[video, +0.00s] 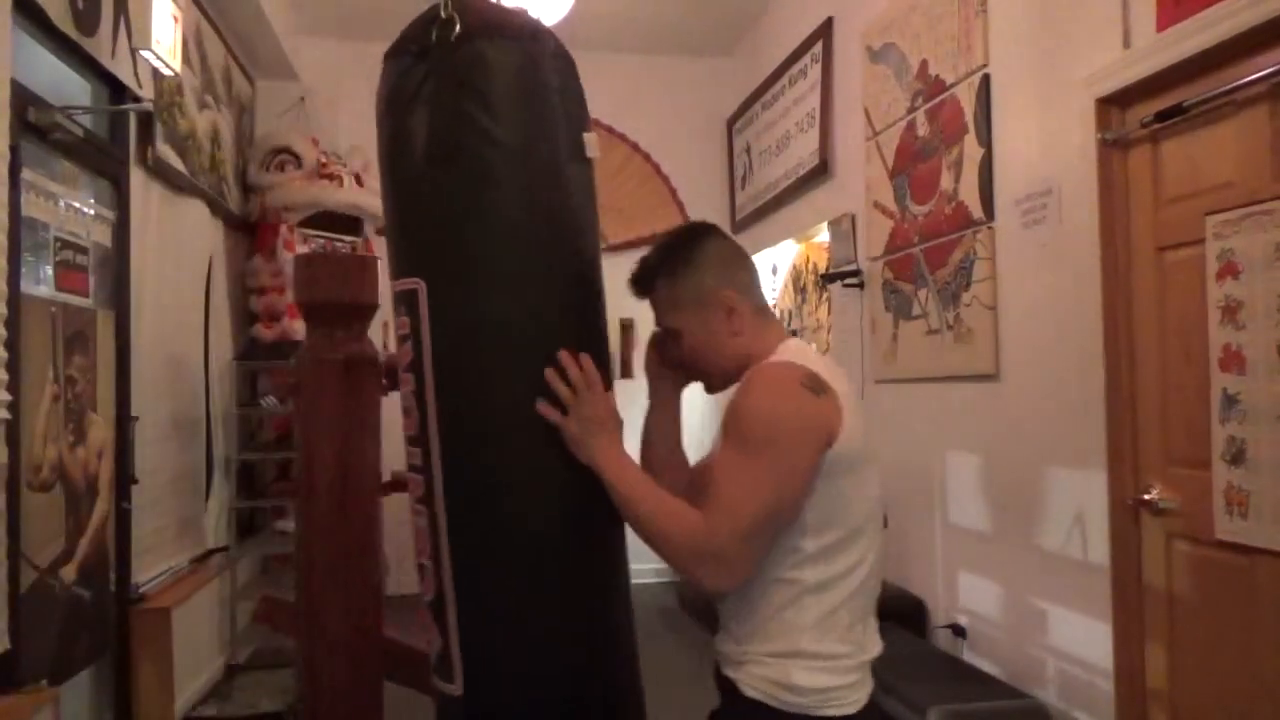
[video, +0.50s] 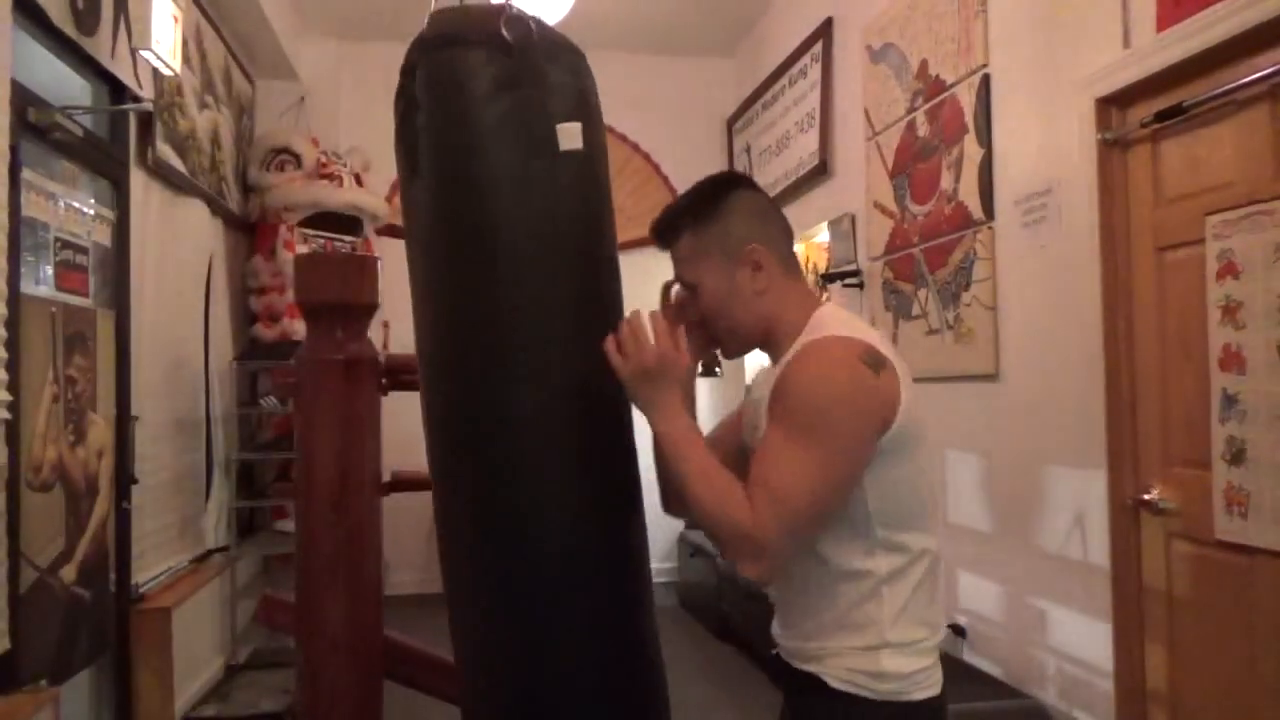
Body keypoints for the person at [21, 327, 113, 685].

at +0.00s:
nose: (70, 390)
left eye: (76, 381)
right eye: (65, 382)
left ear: (91, 385)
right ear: (61, 388)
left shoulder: (104, 431)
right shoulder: (62, 437)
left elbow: (104, 501)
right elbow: (38, 481)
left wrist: (76, 563)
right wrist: (45, 405)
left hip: (104, 549)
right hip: (75, 547)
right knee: (32, 602)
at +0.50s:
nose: (69, 391)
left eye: (75, 382)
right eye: (64, 383)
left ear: (91, 384)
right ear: (59, 387)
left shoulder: (103, 430)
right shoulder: (61, 434)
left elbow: (105, 499)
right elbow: (38, 480)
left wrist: (76, 563)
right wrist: (46, 401)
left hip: (104, 547)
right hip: (74, 547)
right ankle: (55, 690)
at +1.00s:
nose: (69, 392)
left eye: (75, 383)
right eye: (64, 384)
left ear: (90, 386)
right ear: (60, 391)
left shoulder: (104, 432)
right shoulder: (61, 439)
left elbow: (104, 502)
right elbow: (36, 480)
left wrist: (75, 563)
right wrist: (46, 399)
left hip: (105, 549)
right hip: (75, 549)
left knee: (104, 626)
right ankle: (59, 685)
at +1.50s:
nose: (70, 392)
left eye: (76, 383)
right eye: (65, 385)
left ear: (90, 384)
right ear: (61, 390)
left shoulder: (104, 430)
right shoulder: (62, 440)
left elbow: (105, 500)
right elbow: (38, 481)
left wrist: (76, 562)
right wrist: (45, 402)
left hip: (104, 555)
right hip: (73, 553)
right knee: (26, 607)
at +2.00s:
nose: (70, 391)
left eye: (75, 382)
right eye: (65, 384)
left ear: (90, 384)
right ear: (60, 390)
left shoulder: (105, 432)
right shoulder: (62, 440)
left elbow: (105, 500)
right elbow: (37, 481)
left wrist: (75, 562)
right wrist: (44, 404)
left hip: (104, 554)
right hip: (74, 555)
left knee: (104, 635)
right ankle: (57, 695)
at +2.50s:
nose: (70, 391)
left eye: (77, 381)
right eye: (65, 382)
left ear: (91, 384)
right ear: (60, 387)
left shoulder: (105, 432)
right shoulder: (62, 438)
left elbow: (104, 501)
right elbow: (37, 479)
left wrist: (75, 562)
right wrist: (46, 401)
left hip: (103, 552)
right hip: (74, 551)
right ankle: (56, 687)